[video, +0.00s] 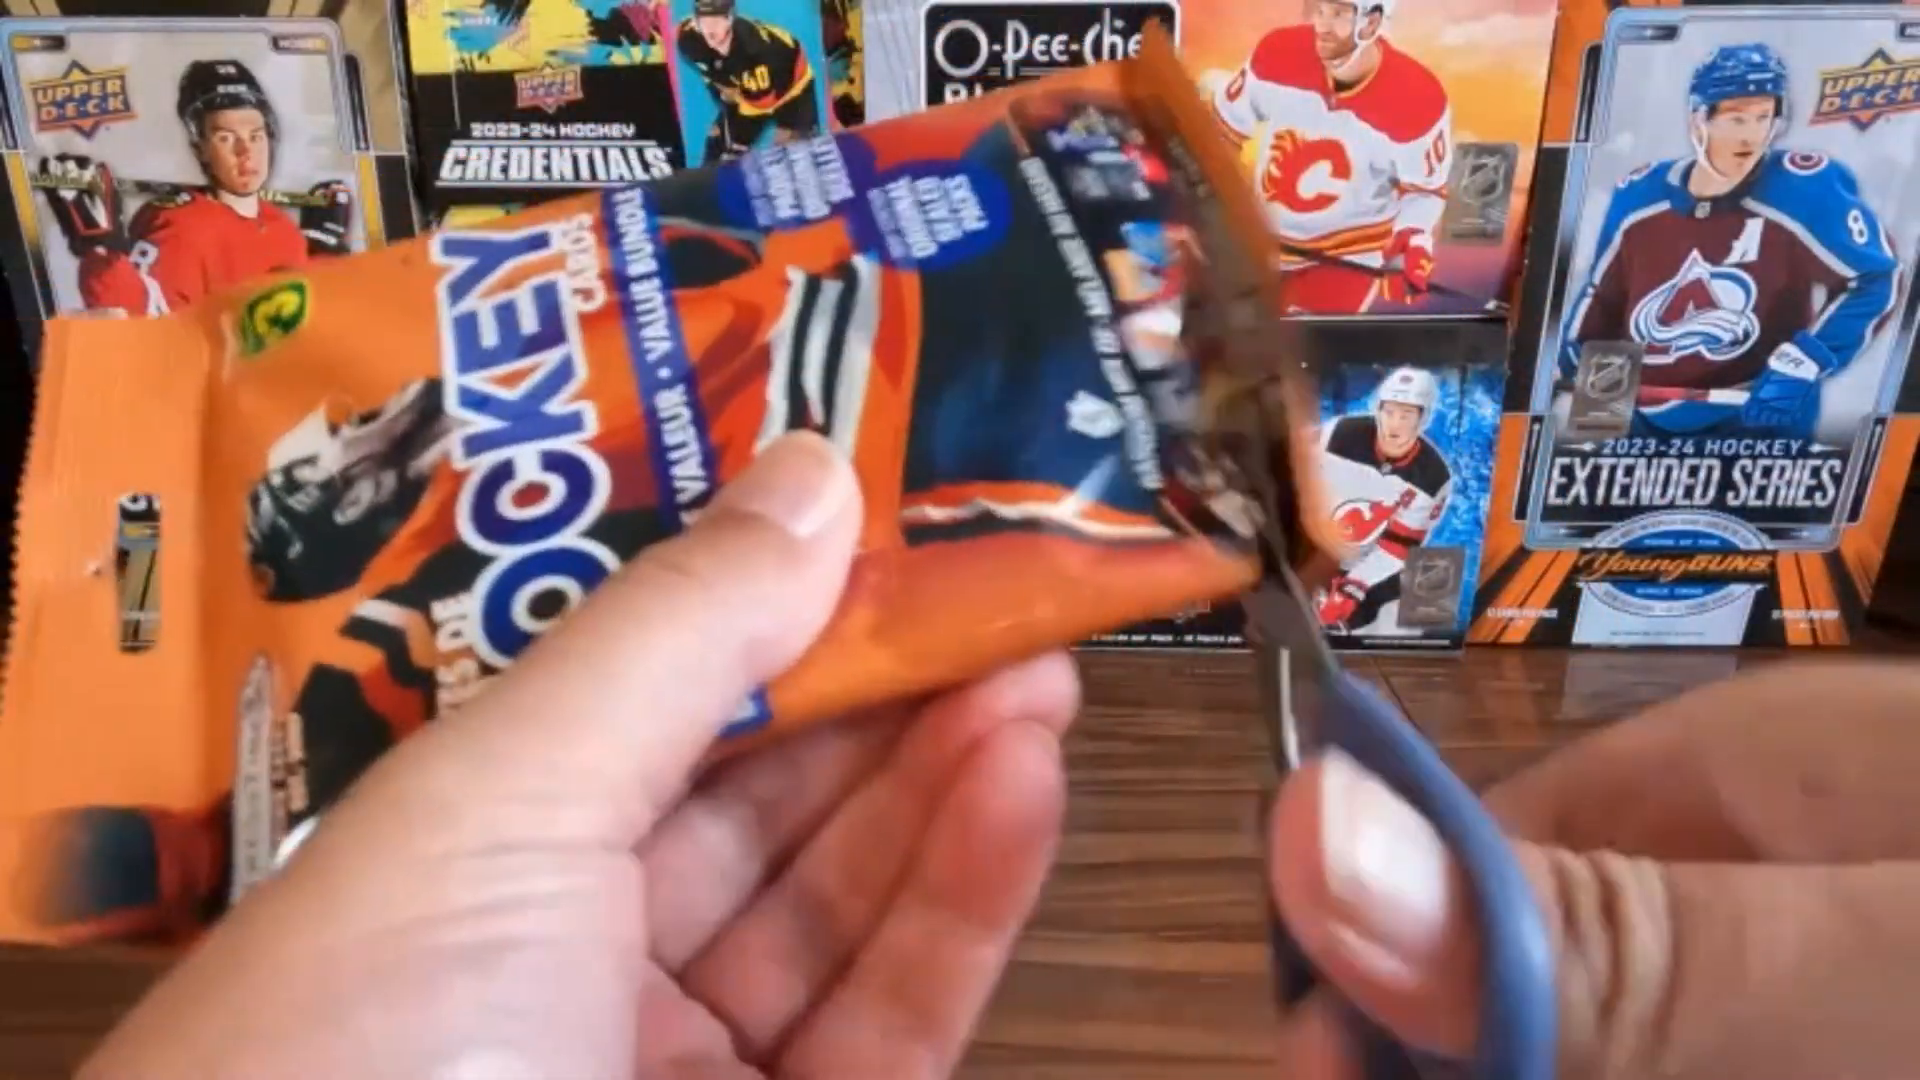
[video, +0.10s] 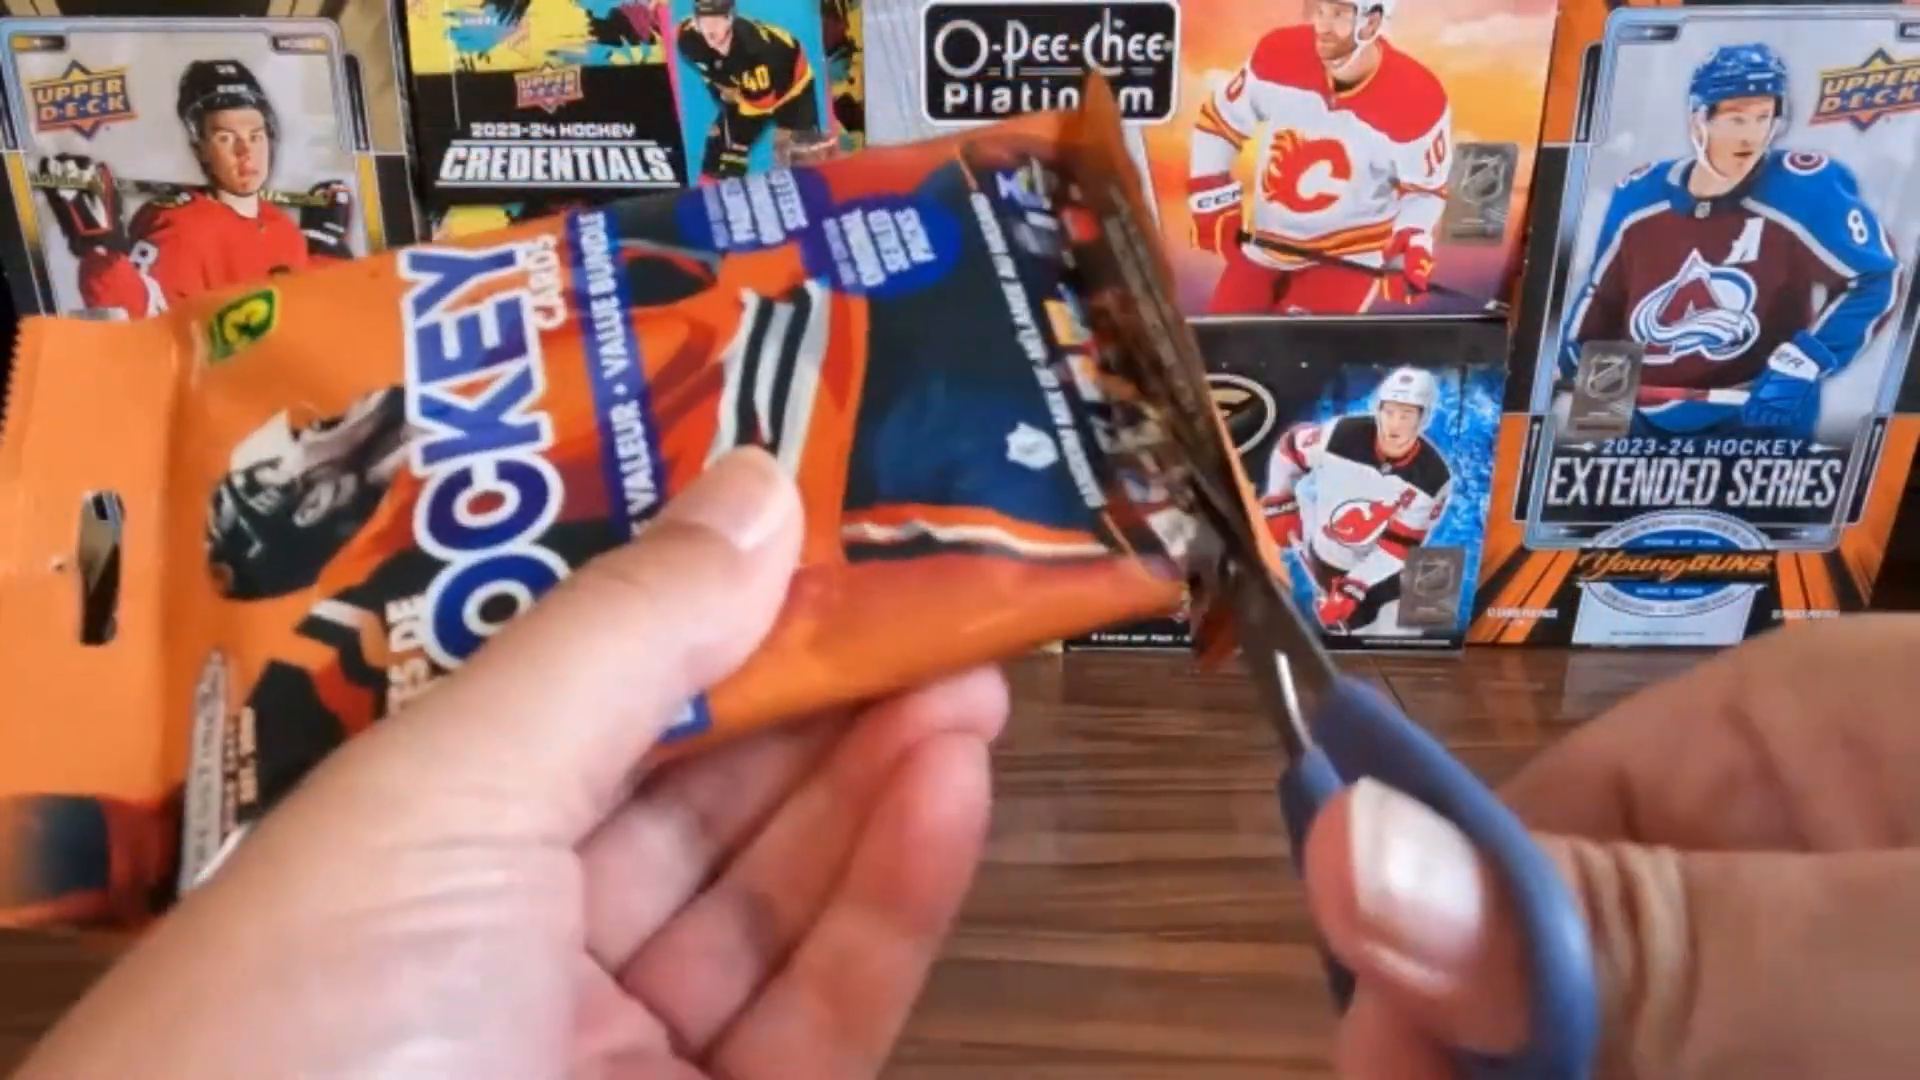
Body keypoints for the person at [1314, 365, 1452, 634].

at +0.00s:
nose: (1394, 425)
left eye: (1406, 416)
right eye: (1389, 413)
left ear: (1422, 420)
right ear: (1377, 412)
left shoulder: (1434, 477)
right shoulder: (1340, 435)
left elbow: (1396, 548)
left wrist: (1352, 591)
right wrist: (1324, 576)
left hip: (1375, 571)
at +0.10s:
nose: (1394, 424)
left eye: (1406, 416)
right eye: (1389, 412)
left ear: (1422, 420)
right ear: (1378, 411)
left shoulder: (1434, 478)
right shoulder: (1341, 435)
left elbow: (1396, 547)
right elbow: (1288, 450)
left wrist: (1352, 589)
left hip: (1374, 570)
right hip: (1313, 552)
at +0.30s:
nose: (1394, 426)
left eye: (1405, 417)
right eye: (1388, 413)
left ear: (1422, 421)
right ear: (1377, 412)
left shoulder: (1435, 478)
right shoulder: (1340, 435)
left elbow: (1397, 550)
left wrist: (1356, 585)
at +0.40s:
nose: (1394, 426)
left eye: (1406, 417)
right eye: (1389, 414)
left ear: (1422, 420)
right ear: (1377, 412)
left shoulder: (1434, 477)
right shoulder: (1337, 435)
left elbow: (1397, 550)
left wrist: (1365, 593)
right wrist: (1335, 576)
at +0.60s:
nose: (1394, 426)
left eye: (1405, 417)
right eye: (1389, 414)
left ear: (1422, 421)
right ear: (1377, 412)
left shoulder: (1434, 476)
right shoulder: (1341, 434)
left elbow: (1398, 546)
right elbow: (1286, 450)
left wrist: (1356, 587)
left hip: (1377, 576)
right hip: (1317, 557)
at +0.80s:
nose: (1394, 426)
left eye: (1406, 417)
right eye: (1388, 414)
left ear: (1422, 420)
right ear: (1377, 412)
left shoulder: (1434, 476)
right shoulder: (1340, 435)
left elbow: (1399, 545)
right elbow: (1286, 454)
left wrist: (1355, 588)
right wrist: (1294, 525)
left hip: (1378, 577)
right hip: (1316, 559)